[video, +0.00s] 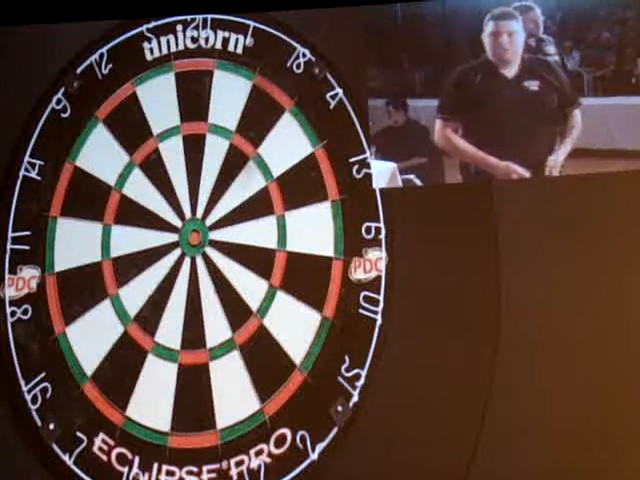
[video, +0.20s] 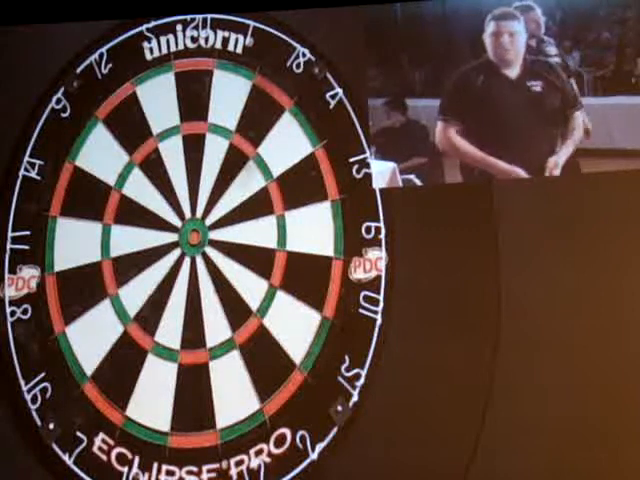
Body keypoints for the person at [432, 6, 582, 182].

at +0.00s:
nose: (503, 41)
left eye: (511, 34)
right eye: (495, 34)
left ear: (524, 38)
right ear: (483, 40)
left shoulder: (546, 72)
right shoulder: (465, 79)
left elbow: (574, 117)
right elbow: (442, 135)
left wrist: (558, 156)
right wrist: (496, 167)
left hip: (540, 191)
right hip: (486, 192)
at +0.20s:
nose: (504, 41)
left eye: (512, 34)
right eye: (496, 35)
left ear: (525, 39)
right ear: (484, 40)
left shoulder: (547, 74)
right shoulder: (466, 81)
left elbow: (577, 120)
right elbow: (445, 138)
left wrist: (560, 158)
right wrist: (500, 169)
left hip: (547, 190)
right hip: (493, 193)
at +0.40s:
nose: (503, 43)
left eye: (511, 36)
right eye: (495, 37)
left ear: (524, 40)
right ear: (483, 43)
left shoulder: (547, 74)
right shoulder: (467, 83)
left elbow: (575, 124)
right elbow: (448, 142)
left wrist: (562, 159)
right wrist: (507, 173)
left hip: (549, 188)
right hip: (497, 191)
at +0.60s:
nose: (503, 44)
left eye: (510, 36)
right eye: (494, 37)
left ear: (523, 40)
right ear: (483, 43)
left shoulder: (545, 73)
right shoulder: (467, 83)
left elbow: (573, 118)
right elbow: (449, 145)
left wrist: (570, 157)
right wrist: (498, 178)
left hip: (552, 188)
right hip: (501, 191)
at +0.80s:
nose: (503, 43)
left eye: (511, 36)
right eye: (495, 36)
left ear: (525, 40)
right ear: (483, 43)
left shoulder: (547, 73)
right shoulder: (468, 84)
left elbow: (575, 120)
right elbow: (450, 146)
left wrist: (571, 160)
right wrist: (478, 191)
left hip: (551, 189)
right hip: (499, 192)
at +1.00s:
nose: (499, 43)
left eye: (507, 35)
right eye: (490, 36)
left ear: (521, 39)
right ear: (479, 42)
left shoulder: (544, 71)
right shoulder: (465, 85)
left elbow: (572, 121)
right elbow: (453, 152)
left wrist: (571, 160)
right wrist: (458, 206)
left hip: (550, 190)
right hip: (495, 194)